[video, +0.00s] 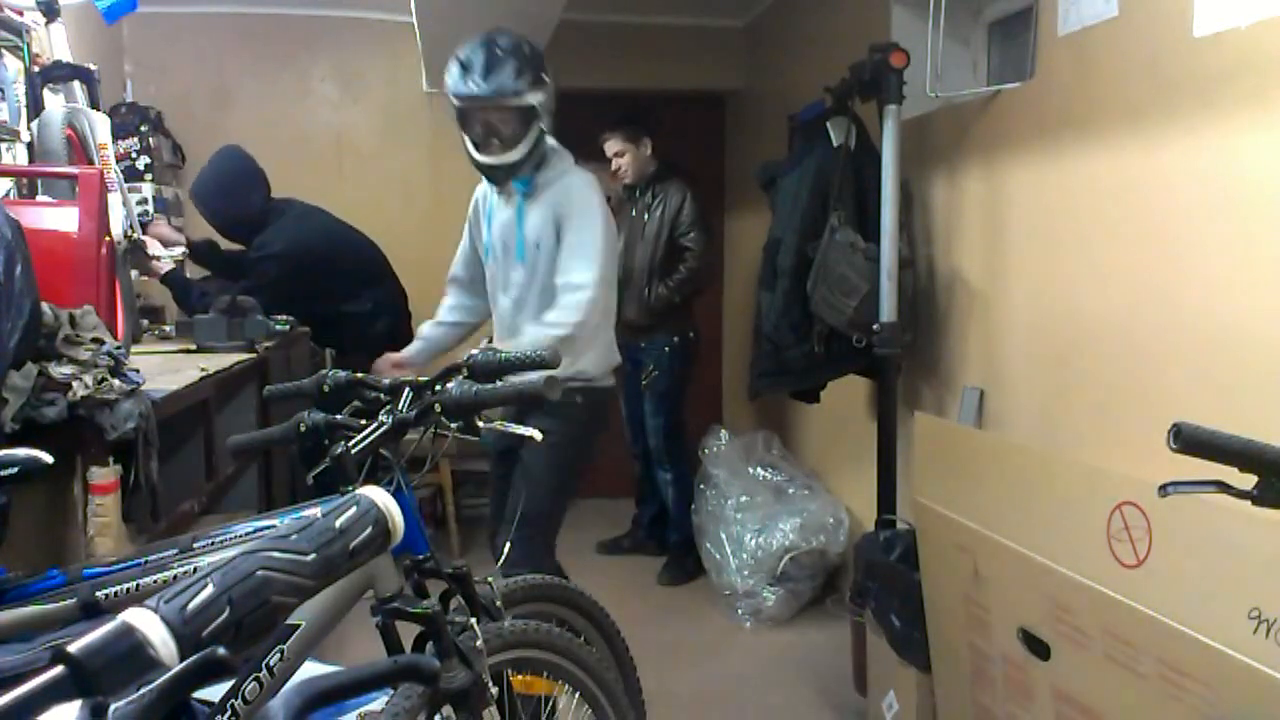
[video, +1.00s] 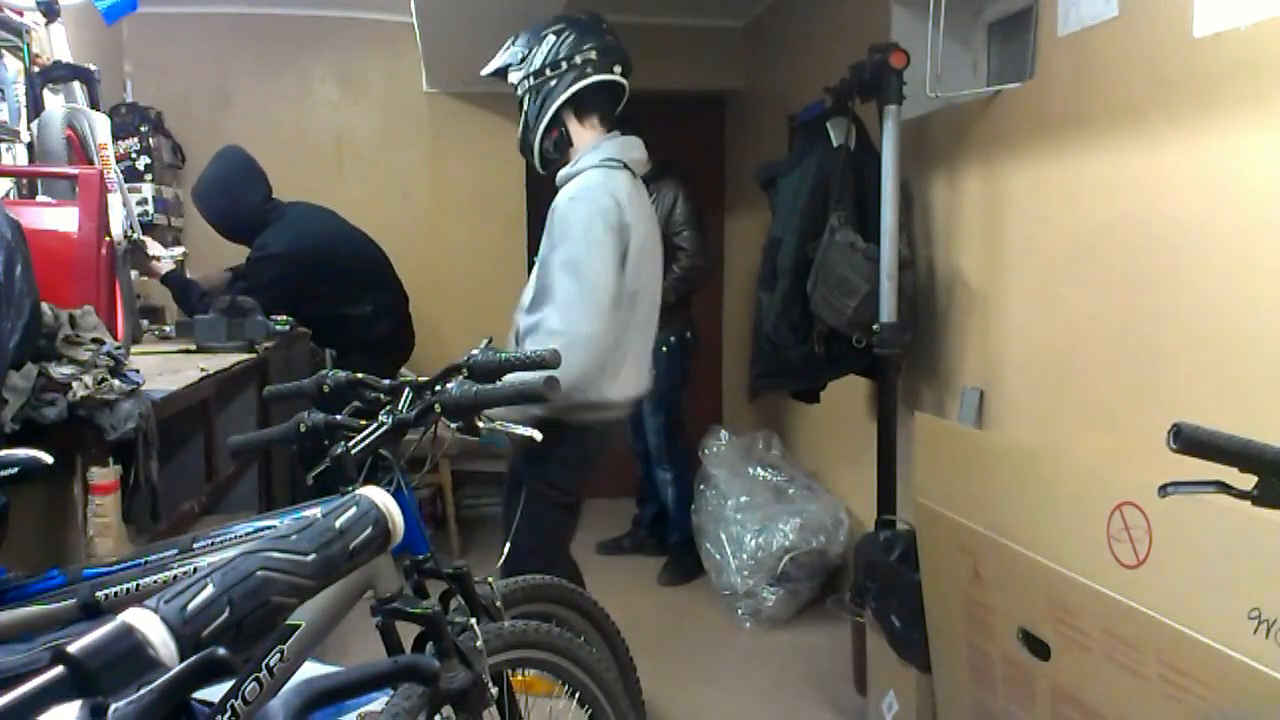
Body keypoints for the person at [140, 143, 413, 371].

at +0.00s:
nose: (213, 222)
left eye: (213, 213)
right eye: (210, 213)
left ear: (229, 210)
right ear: (252, 191)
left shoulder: (278, 252)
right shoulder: (284, 215)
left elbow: (222, 311)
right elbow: (244, 268)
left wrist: (169, 274)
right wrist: (186, 244)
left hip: (369, 351)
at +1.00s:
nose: (217, 226)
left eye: (216, 217)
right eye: (213, 218)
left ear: (229, 214)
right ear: (257, 191)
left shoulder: (275, 253)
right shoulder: (296, 216)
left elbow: (220, 315)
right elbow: (268, 264)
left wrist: (164, 273)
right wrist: (227, 278)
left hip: (372, 350)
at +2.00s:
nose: (210, 222)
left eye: (209, 214)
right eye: (207, 214)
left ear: (226, 211)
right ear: (251, 192)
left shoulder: (272, 252)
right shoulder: (284, 216)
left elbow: (226, 312)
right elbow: (246, 272)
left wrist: (171, 274)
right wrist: (186, 254)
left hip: (371, 348)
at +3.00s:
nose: (202, 229)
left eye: (201, 220)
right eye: (198, 221)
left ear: (215, 218)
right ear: (244, 194)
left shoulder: (267, 251)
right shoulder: (280, 216)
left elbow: (226, 311)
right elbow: (244, 280)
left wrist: (166, 275)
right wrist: (191, 262)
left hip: (369, 349)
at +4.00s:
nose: (205, 226)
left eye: (204, 217)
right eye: (201, 218)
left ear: (219, 213)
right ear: (245, 194)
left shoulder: (268, 251)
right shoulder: (280, 223)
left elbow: (220, 314)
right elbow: (242, 282)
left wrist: (165, 275)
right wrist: (182, 285)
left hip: (367, 356)